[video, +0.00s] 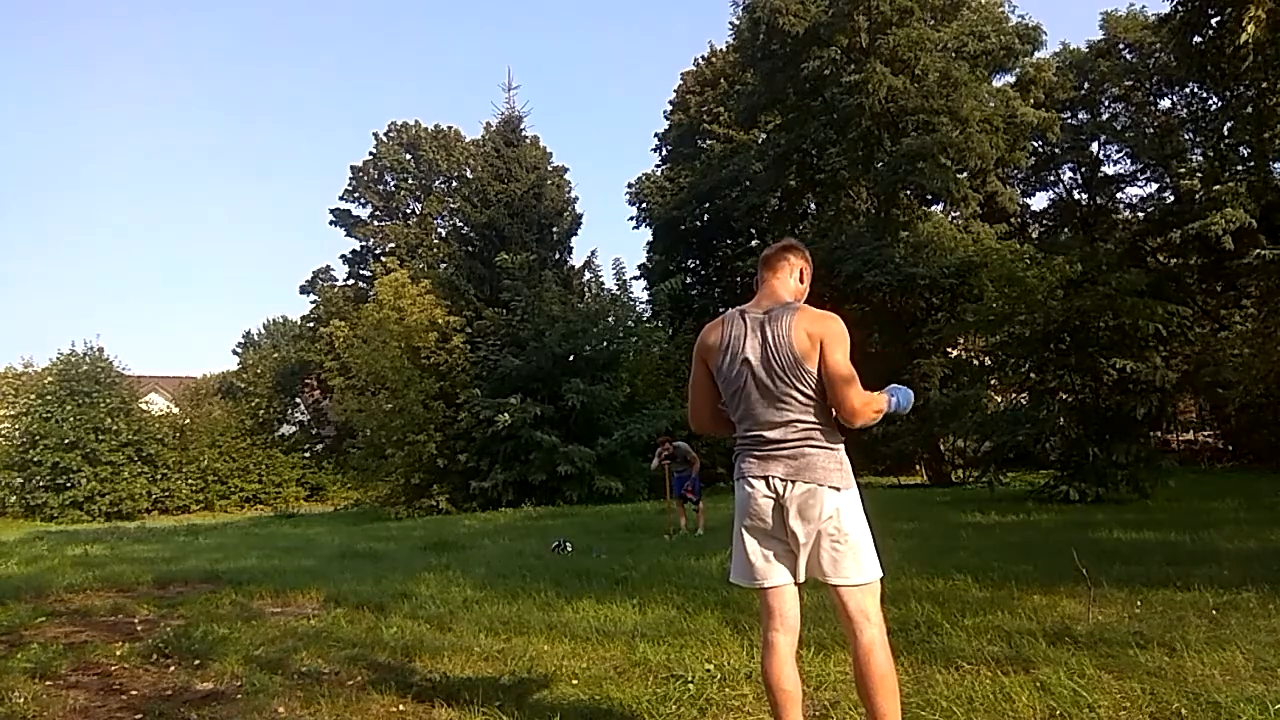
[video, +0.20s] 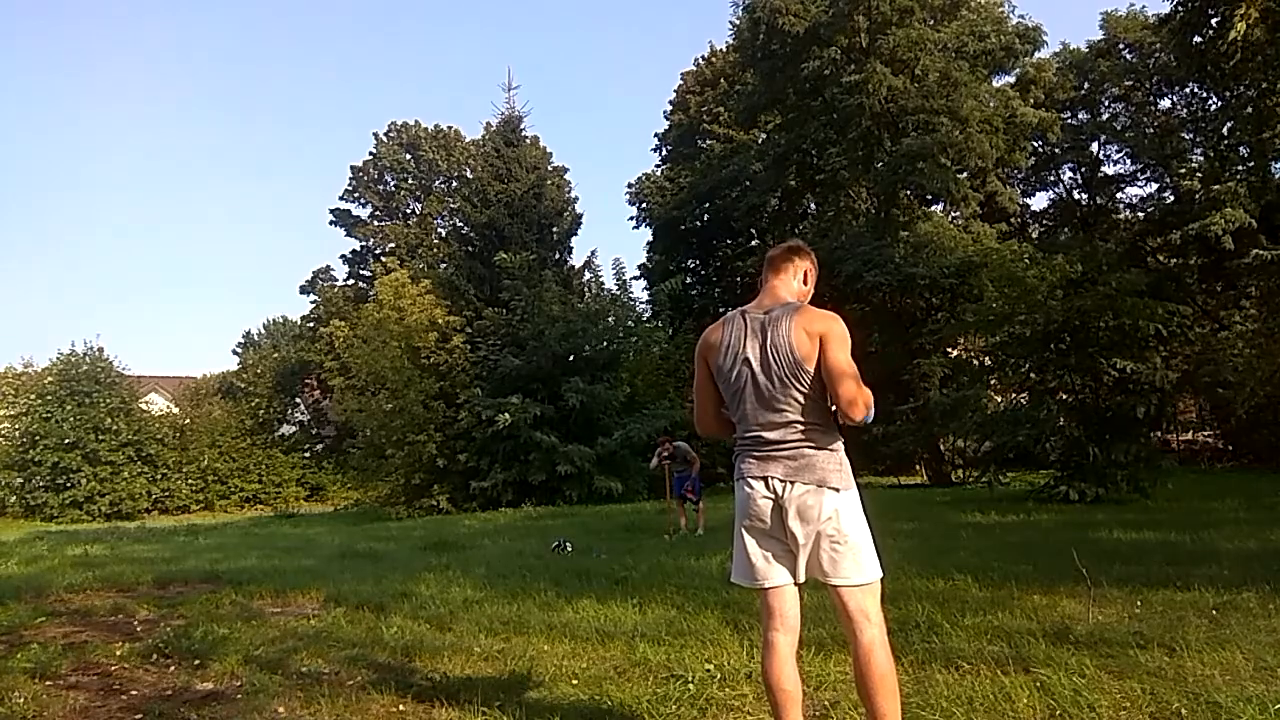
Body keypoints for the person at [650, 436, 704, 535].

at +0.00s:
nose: (667, 452)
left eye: (668, 449)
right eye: (664, 450)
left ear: (672, 445)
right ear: (661, 449)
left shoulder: (682, 447)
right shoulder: (660, 451)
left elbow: (696, 462)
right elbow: (653, 467)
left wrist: (692, 480)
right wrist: (660, 458)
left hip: (690, 473)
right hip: (677, 475)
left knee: (697, 501)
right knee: (679, 502)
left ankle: (700, 527)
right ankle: (683, 528)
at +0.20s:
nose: (667, 452)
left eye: (668, 449)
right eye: (664, 450)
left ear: (671, 445)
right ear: (661, 449)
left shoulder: (682, 447)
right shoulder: (660, 451)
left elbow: (696, 462)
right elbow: (652, 466)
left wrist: (692, 480)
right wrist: (660, 458)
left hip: (690, 473)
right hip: (677, 474)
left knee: (697, 501)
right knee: (679, 502)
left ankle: (700, 527)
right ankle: (683, 528)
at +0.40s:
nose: (667, 452)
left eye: (668, 449)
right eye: (664, 450)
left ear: (671, 445)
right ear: (661, 449)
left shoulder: (682, 447)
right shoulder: (660, 451)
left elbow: (696, 462)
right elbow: (651, 466)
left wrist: (692, 480)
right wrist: (659, 458)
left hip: (690, 473)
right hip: (677, 475)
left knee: (696, 501)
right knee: (679, 502)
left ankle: (700, 527)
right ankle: (683, 528)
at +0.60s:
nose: (667, 452)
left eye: (668, 449)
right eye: (664, 450)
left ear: (671, 446)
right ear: (661, 449)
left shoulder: (682, 447)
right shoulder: (660, 451)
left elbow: (696, 462)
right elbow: (650, 466)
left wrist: (692, 480)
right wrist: (659, 459)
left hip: (690, 473)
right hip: (677, 475)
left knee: (697, 501)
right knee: (679, 502)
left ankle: (700, 528)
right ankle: (683, 528)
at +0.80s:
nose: (666, 452)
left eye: (667, 449)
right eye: (664, 450)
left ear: (671, 446)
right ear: (661, 449)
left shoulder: (682, 447)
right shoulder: (659, 451)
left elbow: (696, 462)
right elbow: (650, 466)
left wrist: (692, 480)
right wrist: (659, 458)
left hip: (690, 473)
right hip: (677, 475)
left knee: (696, 501)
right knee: (679, 502)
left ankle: (700, 527)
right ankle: (683, 528)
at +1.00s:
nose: (666, 452)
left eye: (668, 449)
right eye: (664, 450)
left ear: (671, 445)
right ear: (661, 449)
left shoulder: (682, 447)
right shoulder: (660, 451)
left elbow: (696, 462)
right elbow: (650, 466)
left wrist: (692, 480)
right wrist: (659, 458)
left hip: (690, 473)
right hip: (677, 474)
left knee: (697, 501)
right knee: (679, 502)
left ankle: (700, 527)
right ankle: (683, 528)